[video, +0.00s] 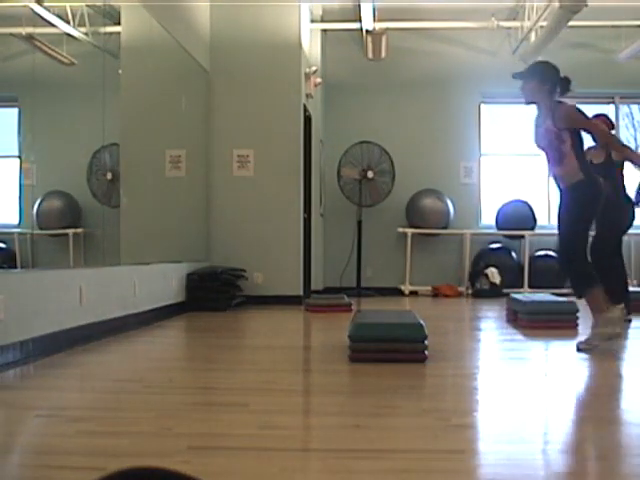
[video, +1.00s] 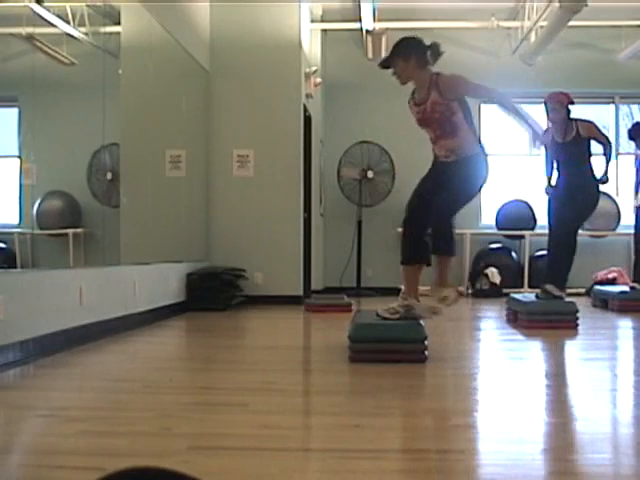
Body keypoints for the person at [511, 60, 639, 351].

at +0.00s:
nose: (522, 86)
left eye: (526, 82)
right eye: (523, 82)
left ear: (544, 86)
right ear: (539, 87)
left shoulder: (563, 112)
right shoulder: (540, 116)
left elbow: (600, 131)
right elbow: (552, 148)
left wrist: (626, 154)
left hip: (582, 189)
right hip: (568, 191)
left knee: (571, 255)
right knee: (570, 255)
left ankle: (603, 318)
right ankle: (606, 316)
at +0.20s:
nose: (507, 100)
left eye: (513, 95)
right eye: (509, 95)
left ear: (529, 98)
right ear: (522, 100)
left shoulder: (554, 129)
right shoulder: (520, 136)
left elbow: (593, 150)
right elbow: (536, 170)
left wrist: (613, 155)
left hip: (567, 207)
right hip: (548, 210)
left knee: (537, 257)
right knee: (575, 266)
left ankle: (534, 333)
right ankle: (607, 327)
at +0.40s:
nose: (489, 82)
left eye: (493, 76)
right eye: (489, 76)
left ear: (509, 77)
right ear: (500, 80)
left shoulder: (527, 110)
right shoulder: (499, 116)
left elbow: (538, 151)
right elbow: (479, 150)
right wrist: (452, 184)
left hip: (545, 188)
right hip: (522, 190)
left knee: (534, 255)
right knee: (503, 251)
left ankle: (535, 333)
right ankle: (537, 292)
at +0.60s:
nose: (454, 90)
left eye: (458, 84)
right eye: (454, 84)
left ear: (476, 82)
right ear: (474, 84)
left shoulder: (494, 110)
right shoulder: (482, 111)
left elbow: (450, 122)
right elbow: (447, 122)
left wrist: (404, 110)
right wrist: (420, 100)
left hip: (522, 193)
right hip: (499, 193)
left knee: (530, 264)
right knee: (445, 228)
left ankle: (533, 337)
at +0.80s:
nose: (421, 71)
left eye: (425, 64)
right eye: (420, 65)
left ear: (442, 62)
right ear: (433, 67)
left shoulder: (468, 87)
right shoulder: (436, 106)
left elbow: (449, 118)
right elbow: (410, 136)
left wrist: (422, 139)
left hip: (487, 170)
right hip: (458, 173)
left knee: (489, 244)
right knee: (424, 222)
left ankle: (507, 318)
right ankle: (410, 301)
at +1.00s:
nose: (393, 72)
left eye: (396, 65)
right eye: (392, 67)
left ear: (413, 61)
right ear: (410, 64)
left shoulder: (448, 84)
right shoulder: (414, 98)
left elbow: (497, 97)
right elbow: (440, 126)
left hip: (469, 164)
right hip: (441, 166)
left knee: (440, 213)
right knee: (413, 218)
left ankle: (443, 289)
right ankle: (409, 298)